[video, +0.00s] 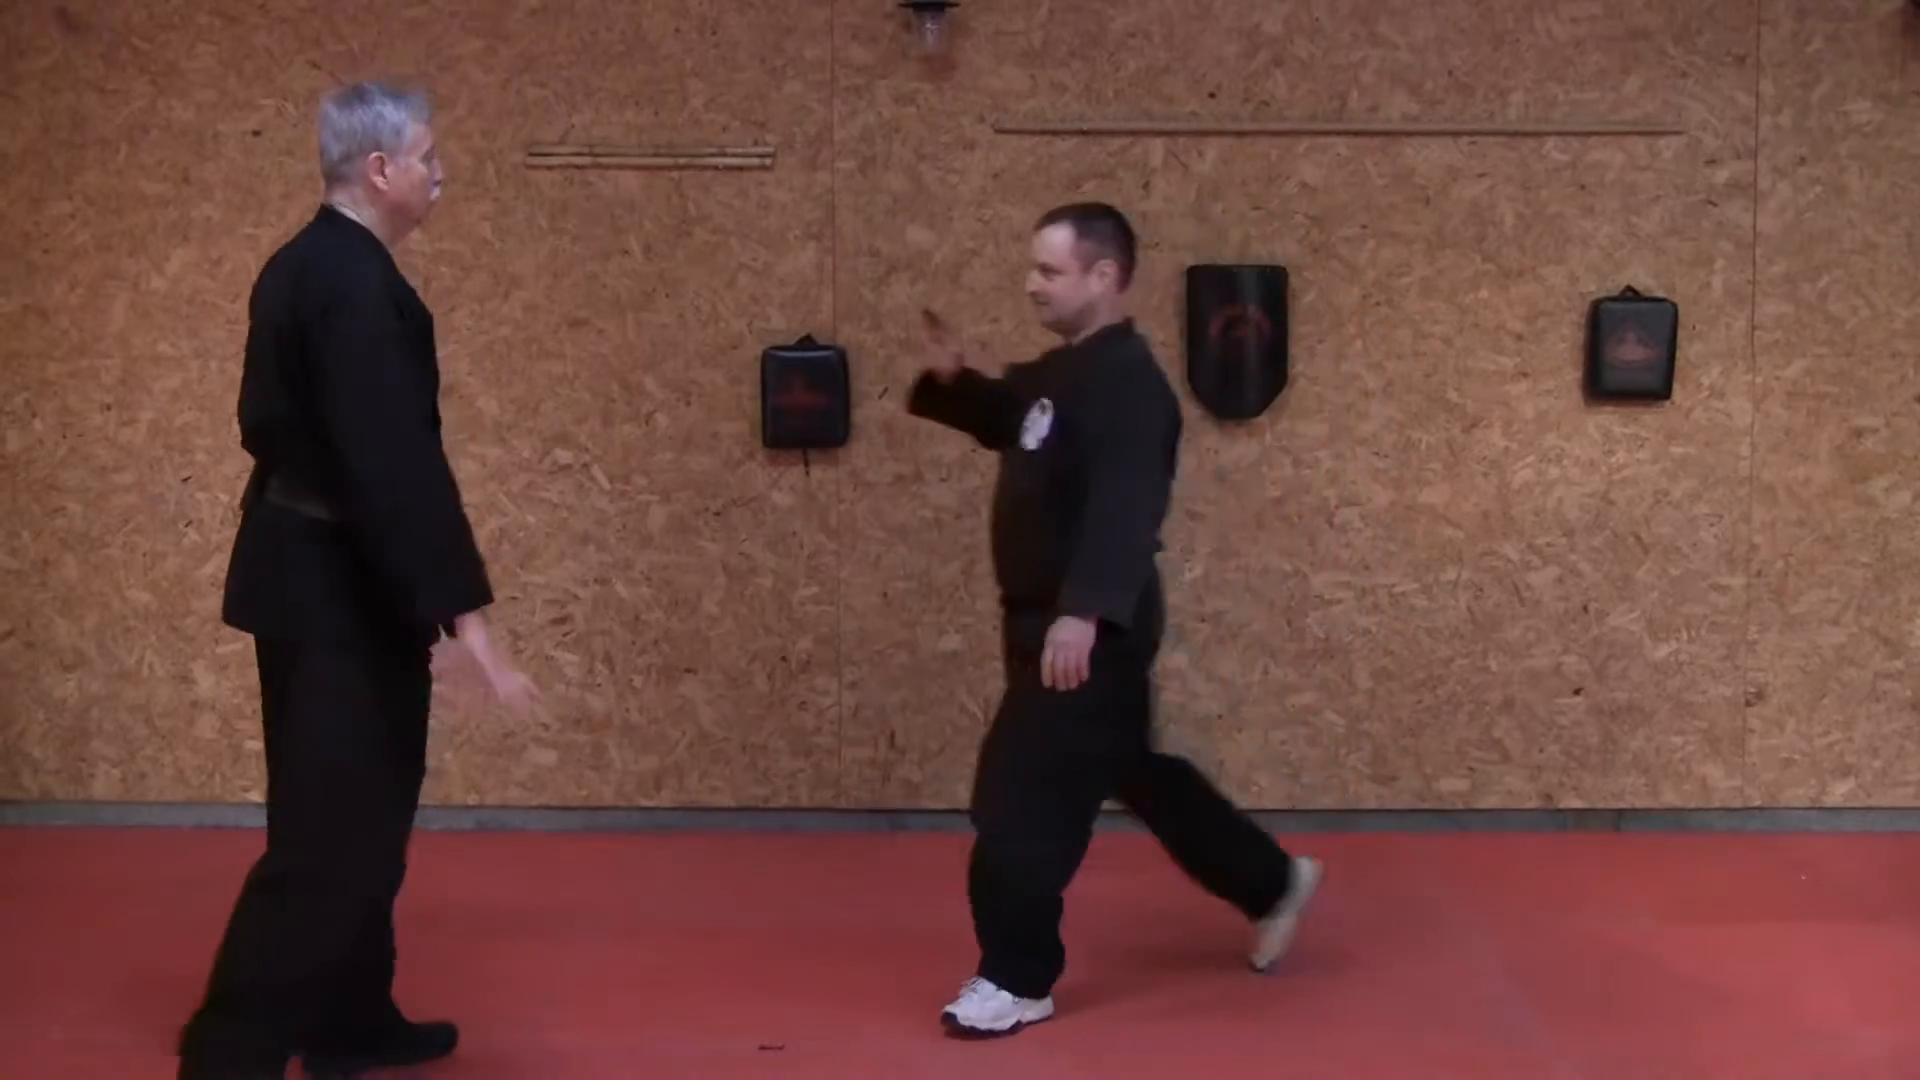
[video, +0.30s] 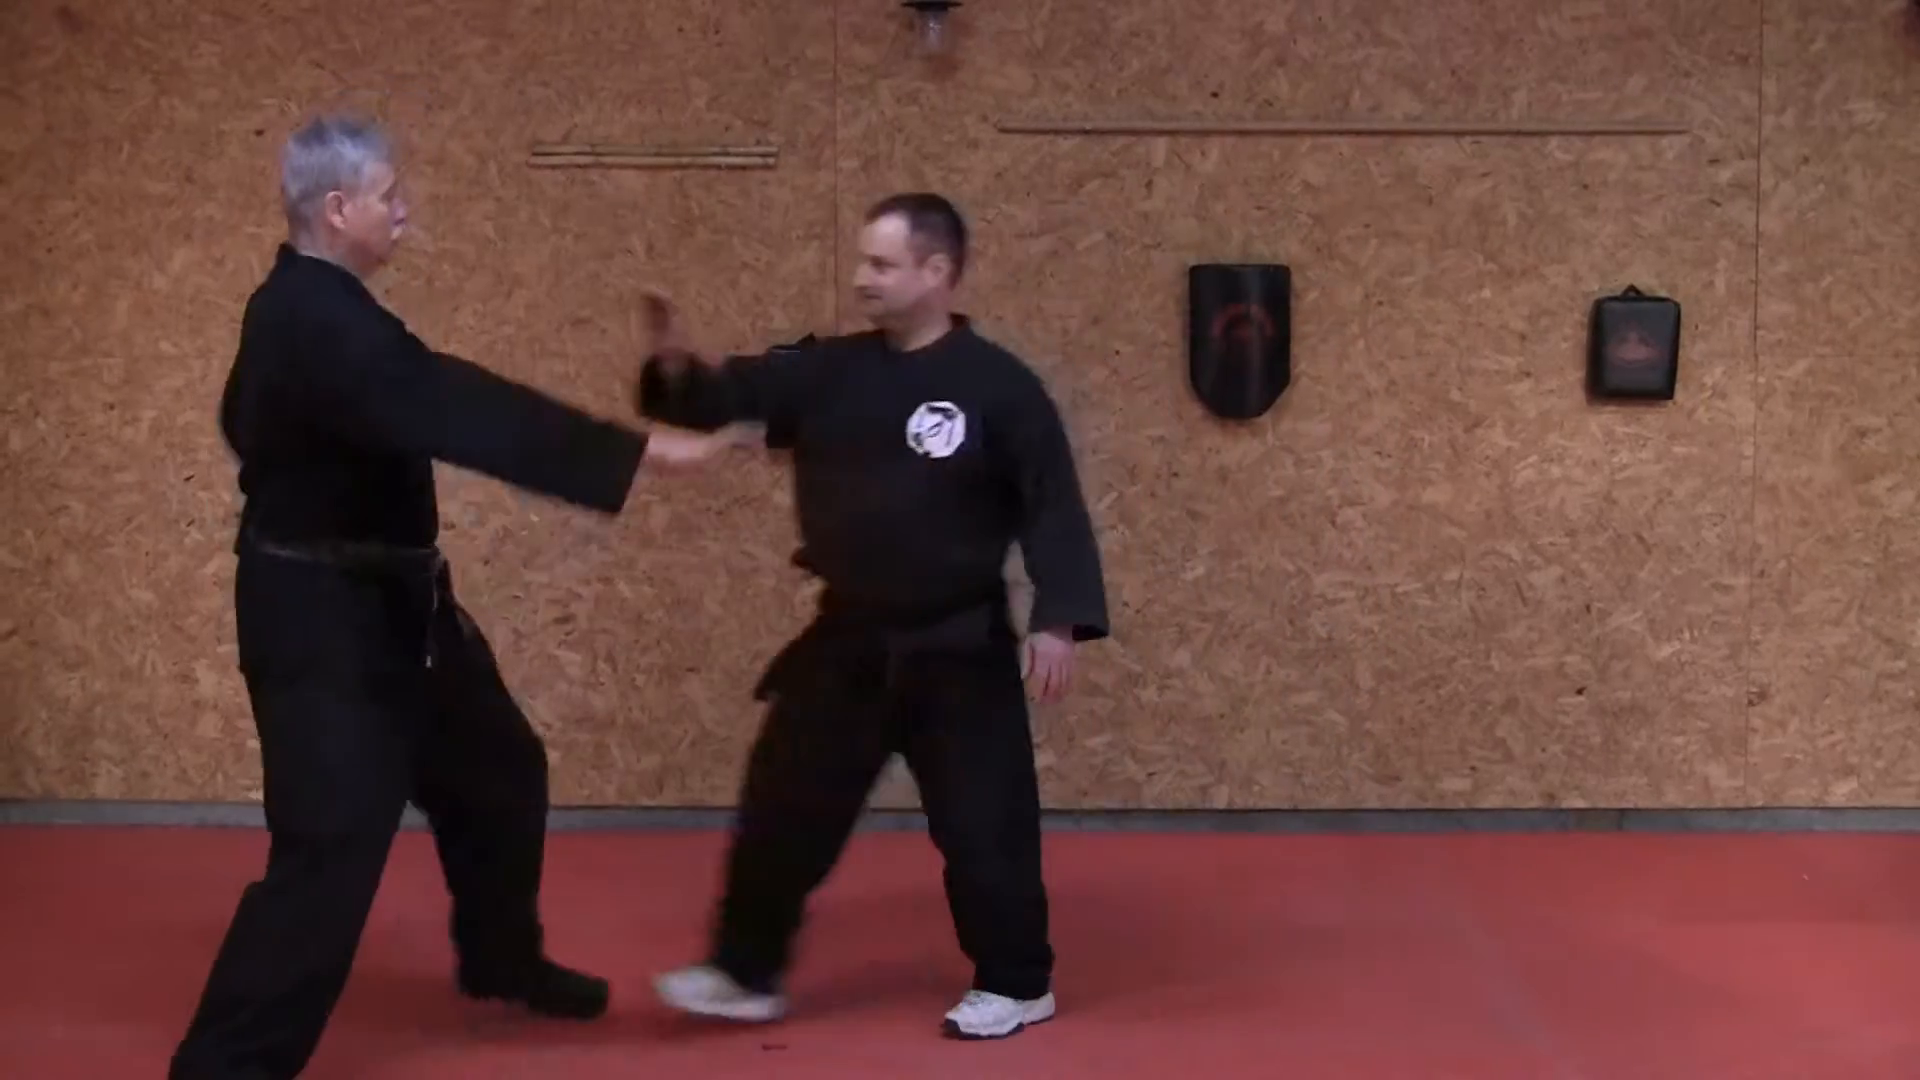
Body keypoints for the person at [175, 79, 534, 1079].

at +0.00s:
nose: (440, 178)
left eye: (437, 157)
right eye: (430, 159)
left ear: (360, 171)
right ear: (380, 169)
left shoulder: (299, 267)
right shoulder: (359, 283)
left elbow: (270, 431)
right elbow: (398, 463)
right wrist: (463, 608)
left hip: (311, 577)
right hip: (345, 591)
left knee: (359, 814)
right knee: (337, 827)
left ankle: (351, 1021)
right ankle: (232, 1048)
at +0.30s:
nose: (406, 212)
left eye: (402, 194)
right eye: (390, 196)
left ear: (330, 209)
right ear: (336, 209)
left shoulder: (308, 299)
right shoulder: (317, 315)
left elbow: (247, 424)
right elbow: (456, 406)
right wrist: (634, 451)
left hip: (395, 599)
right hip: (318, 611)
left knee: (497, 769)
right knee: (333, 844)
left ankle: (502, 960)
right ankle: (227, 1064)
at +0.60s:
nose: (444, 244)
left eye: (443, 226)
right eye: (428, 226)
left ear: (388, 240)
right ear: (368, 236)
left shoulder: (458, 347)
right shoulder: (292, 355)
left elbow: (518, 489)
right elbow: (310, 514)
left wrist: (513, 393)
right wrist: (371, 410)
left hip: (457, 616)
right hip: (338, 626)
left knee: (537, 798)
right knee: (307, 830)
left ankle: (509, 978)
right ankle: (216, 1062)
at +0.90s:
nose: (440, 255)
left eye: (440, 238)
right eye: (425, 239)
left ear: (383, 247)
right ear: (366, 245)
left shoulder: (442, 341)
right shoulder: (292, 365)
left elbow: (536, 424)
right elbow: (310, 502)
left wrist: (491, 406)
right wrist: (420, 401)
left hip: (449, 635)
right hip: (344, 645)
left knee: (538, 801)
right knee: (328, 848)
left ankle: (514, 975)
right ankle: (213, 1064)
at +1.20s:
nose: (436, 252)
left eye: (433, 239)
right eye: (422, 237)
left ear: (364, 246)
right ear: (367, 242)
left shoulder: (365, 341)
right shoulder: (367, 308)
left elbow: (469, 476)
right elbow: (533, 314)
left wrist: (541, 387)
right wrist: (682, 265)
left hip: (432, 616)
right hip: (380, 617)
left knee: (509, 790)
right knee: (332, 849)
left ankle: (539, 979)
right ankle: (170, 1054)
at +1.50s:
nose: (538, 237)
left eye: (538, 222)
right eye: (525, 220)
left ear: (472, 219)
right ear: (466, 217)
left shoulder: (491, 302)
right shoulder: (432, 280)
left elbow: (560, 431)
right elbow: (567, 319)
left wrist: (588, 315)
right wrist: (699, 303)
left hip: (489, 607)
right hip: (419, 602)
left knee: (590, 762)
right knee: (358, 848)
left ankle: (528, 992)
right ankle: (230, 1061)